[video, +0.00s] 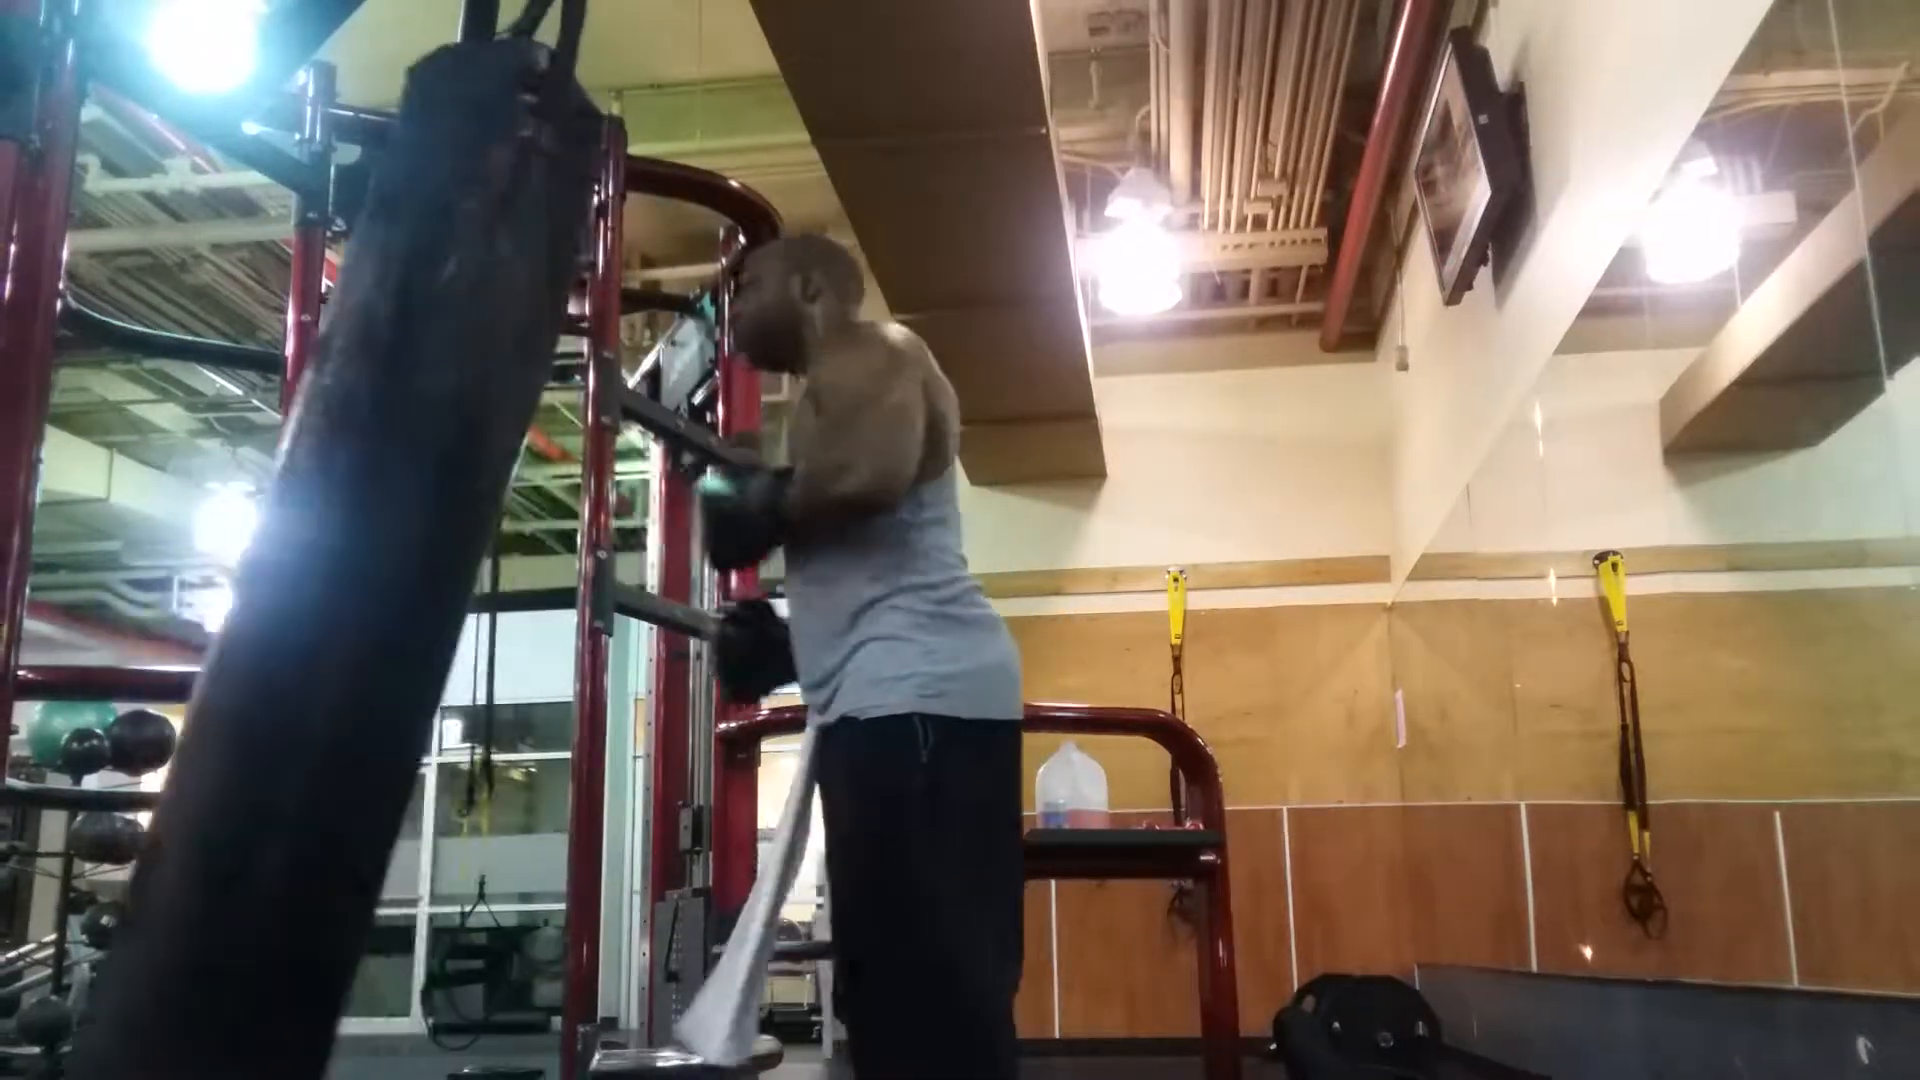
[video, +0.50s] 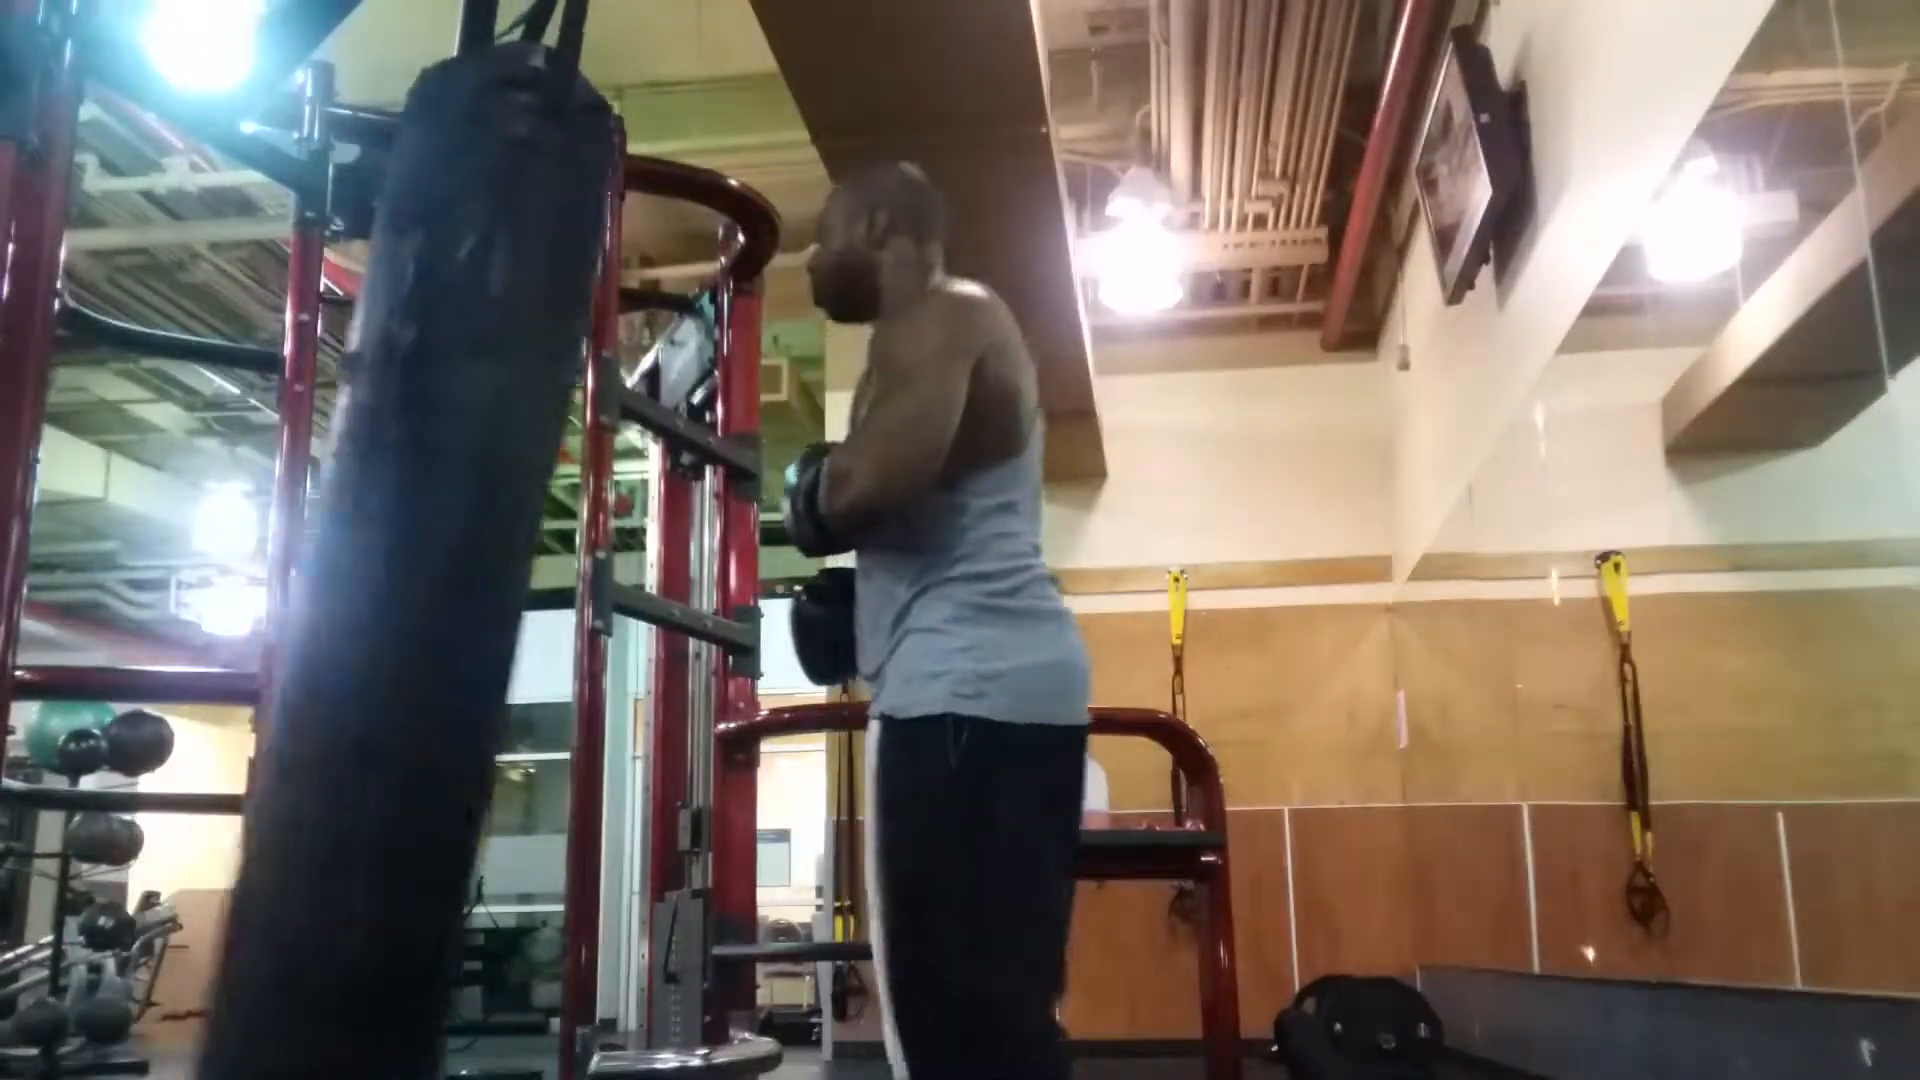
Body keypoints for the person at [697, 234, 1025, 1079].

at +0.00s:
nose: (730, 310)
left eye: (744, 285)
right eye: (731, 292)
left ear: (812, 288)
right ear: (814, 294)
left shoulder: (868, 349)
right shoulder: (822, 397)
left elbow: (873, 474)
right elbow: (884, 576)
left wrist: (765, 505)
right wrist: (789, 639)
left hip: (922, 696)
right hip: (884, 697)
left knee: (921, 988)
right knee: (896, 984)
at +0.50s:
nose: (811, 256)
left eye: (824, 235)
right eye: (815, 237)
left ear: (880, 234)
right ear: (895, 241)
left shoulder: (938, 313)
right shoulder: (938, 331)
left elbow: (885, 474)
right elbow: (963, 546)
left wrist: (815, 489)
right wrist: (868, 608)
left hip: (971, 699)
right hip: (978, 698)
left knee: (960, 1020)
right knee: (983, 1016)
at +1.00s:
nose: (873, 231)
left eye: (874, 205)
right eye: (870, 209)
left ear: (909, 179)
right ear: (982, 182)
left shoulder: (944, 259)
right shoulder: (1091, 295)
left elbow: (863, 452)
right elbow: (1144, 515)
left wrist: (920, 527)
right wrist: (951, 551)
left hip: (1021, 689)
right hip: (1139, 681)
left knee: (1010, 1023)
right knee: (1133, 1010)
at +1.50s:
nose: (813, 265)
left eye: (811, 235)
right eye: (803, 243)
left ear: (860, 201)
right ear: (894, 198)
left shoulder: (954, 269)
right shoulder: (1012, 270)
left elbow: (905, 473)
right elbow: (1083, 469)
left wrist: (839, 465)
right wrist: (895, 506)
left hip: (1002, 683)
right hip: (1069, 675)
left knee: (919, 994)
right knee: (1091, 979)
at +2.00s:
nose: (616, 200)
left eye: (612, 182)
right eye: (614, 186)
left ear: (629, 153)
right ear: (717, 133)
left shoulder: (674, 206)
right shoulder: (876, 238)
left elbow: (620, 437)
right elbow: (966, 459)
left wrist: (703, 485)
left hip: (822, 625)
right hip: (960, 620)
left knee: (724, 968)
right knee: (911, 943)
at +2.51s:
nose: (764, 292)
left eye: (769, 276)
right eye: (767, 281)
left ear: (797, 260)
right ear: (886, 268)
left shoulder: (787, 297)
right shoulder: (996, 364)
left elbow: (678, 485)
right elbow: (1067, 573)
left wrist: (683, 595)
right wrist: (951, 606)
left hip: (846, 681)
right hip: (998, 701)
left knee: (749, 975)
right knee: (963, 957)